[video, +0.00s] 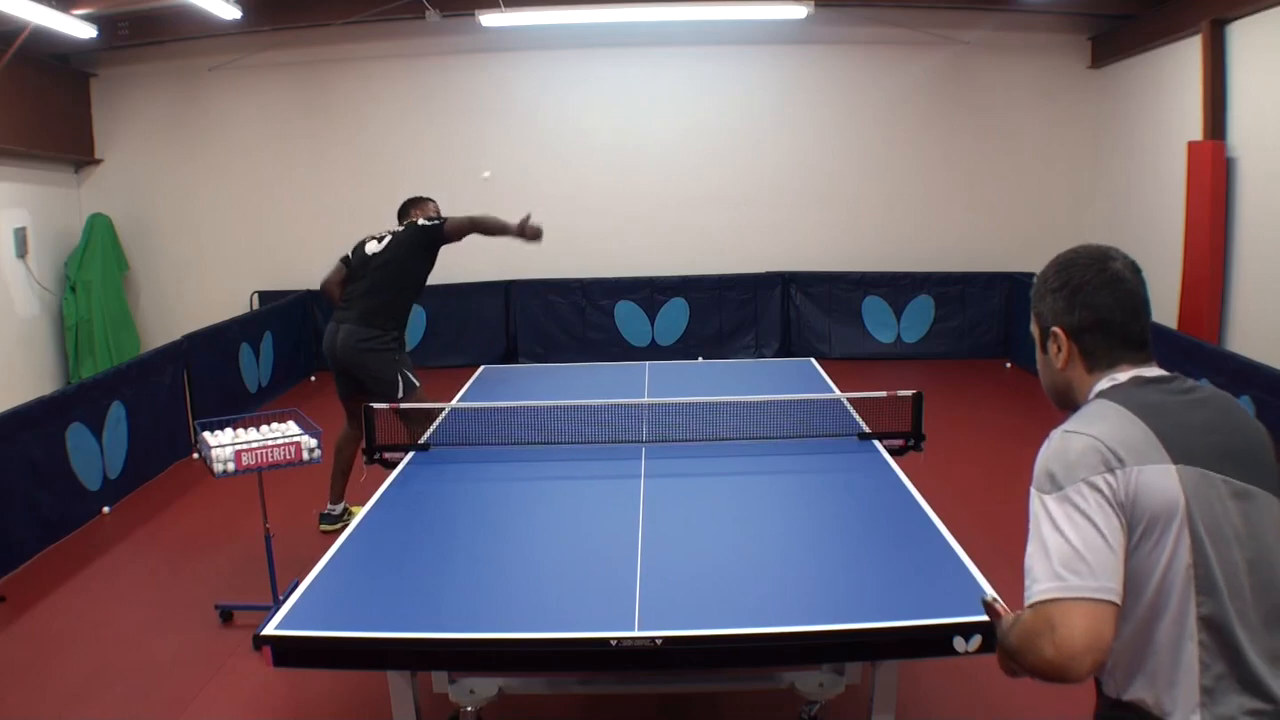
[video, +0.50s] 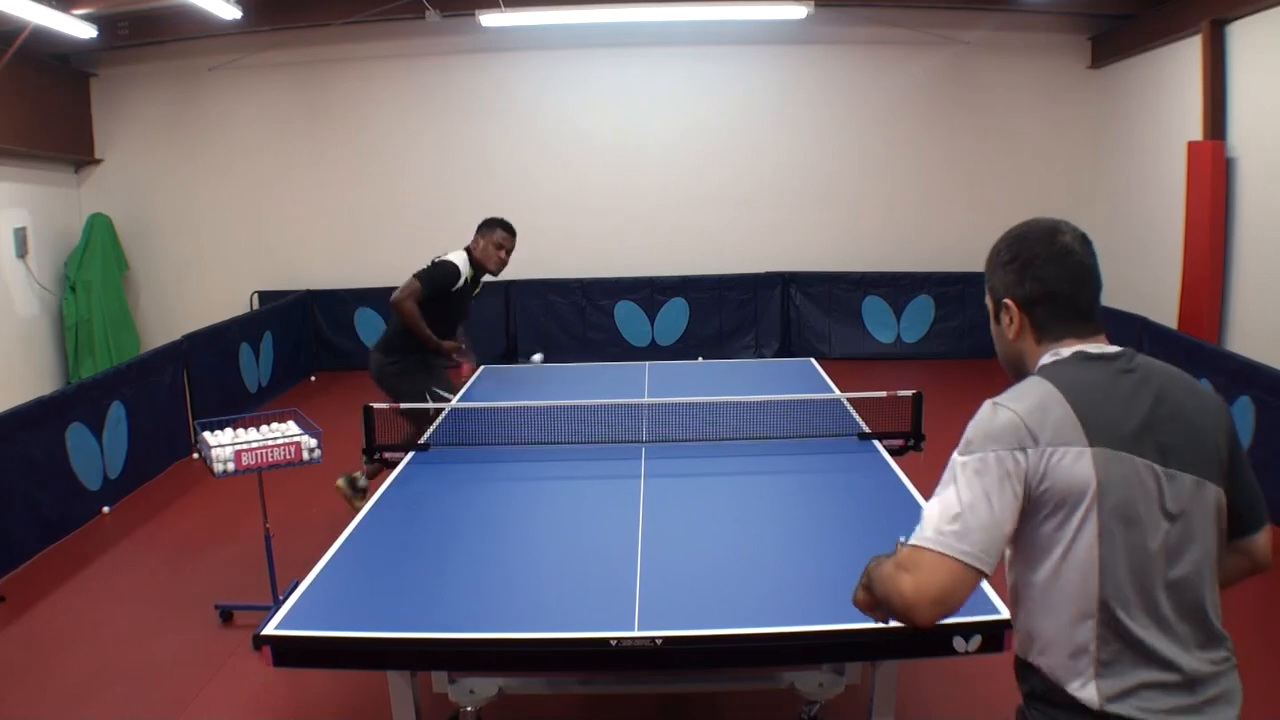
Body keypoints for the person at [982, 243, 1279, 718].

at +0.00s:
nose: (1038, 361)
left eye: (1037, 344)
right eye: (1037, 344)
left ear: (1059, 346)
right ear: (1142, 330)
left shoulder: (1088, 443)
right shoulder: (1239, 419)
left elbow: (1072, 649)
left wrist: (1012, 636)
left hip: (1162, 705)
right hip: (1265, 700)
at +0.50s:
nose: (992, 332)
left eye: (991, 316)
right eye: (990, 315)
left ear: (1012, 317)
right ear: (1091, 301)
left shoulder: (1019, 418)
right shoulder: (1199, 401)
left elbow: (922, 598)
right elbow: (1254, 549)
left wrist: (880, 571)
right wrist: (1160, 586)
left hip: (1084, 703)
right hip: (1212, 700)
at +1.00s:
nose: (848, 372)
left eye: (848, 364)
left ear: (851, 376)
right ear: (934, 366)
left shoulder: (814, 446)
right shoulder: (1007, 425)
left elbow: (704, 501)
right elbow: (1117, 519)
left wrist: (782, 482)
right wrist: (1153, 582)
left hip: (890, 695)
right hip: (1021, 693)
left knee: (819, 699)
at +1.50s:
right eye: (957, 353)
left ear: (866, 366)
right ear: (954, 364)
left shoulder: (821, 441)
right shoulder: (1004, 427)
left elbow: (757, 533)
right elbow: (1102, 553)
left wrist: (815, 482)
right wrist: (1165, 642)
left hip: (867, 698)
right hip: (997, 699)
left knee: (825, 677)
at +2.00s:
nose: (1000, 423)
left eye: (997, 409)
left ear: (1010, 410)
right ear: (1108, 387)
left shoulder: (1002, 526)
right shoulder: (1227, 471)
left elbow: (898, 693)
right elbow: (1269, 623)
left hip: (1079, 708)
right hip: (1226, 708)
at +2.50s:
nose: (1108, 400)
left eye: (1108, 380)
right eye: (1107, 380)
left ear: (1139, 388)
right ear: (1230, 364)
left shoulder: (1164, 518)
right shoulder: (1274, 444)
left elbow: (1004, 694)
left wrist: (906, 627)